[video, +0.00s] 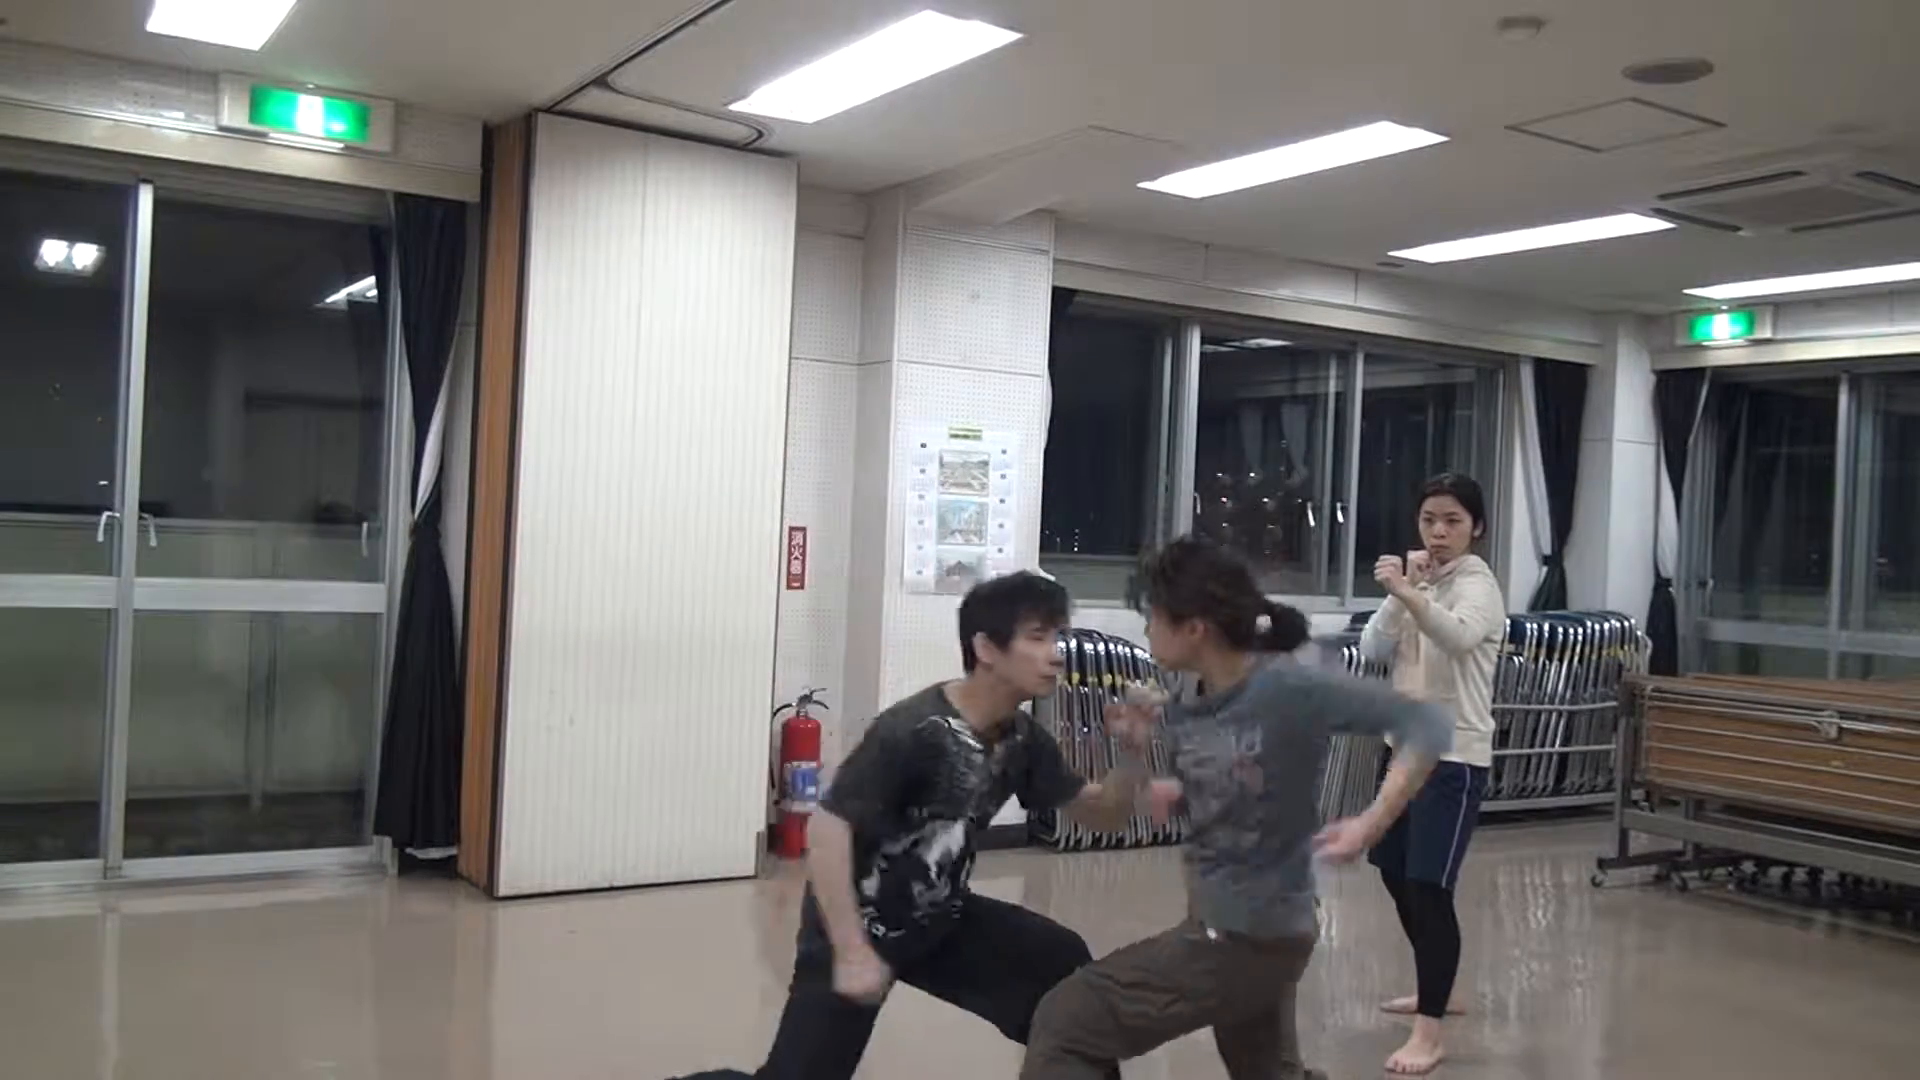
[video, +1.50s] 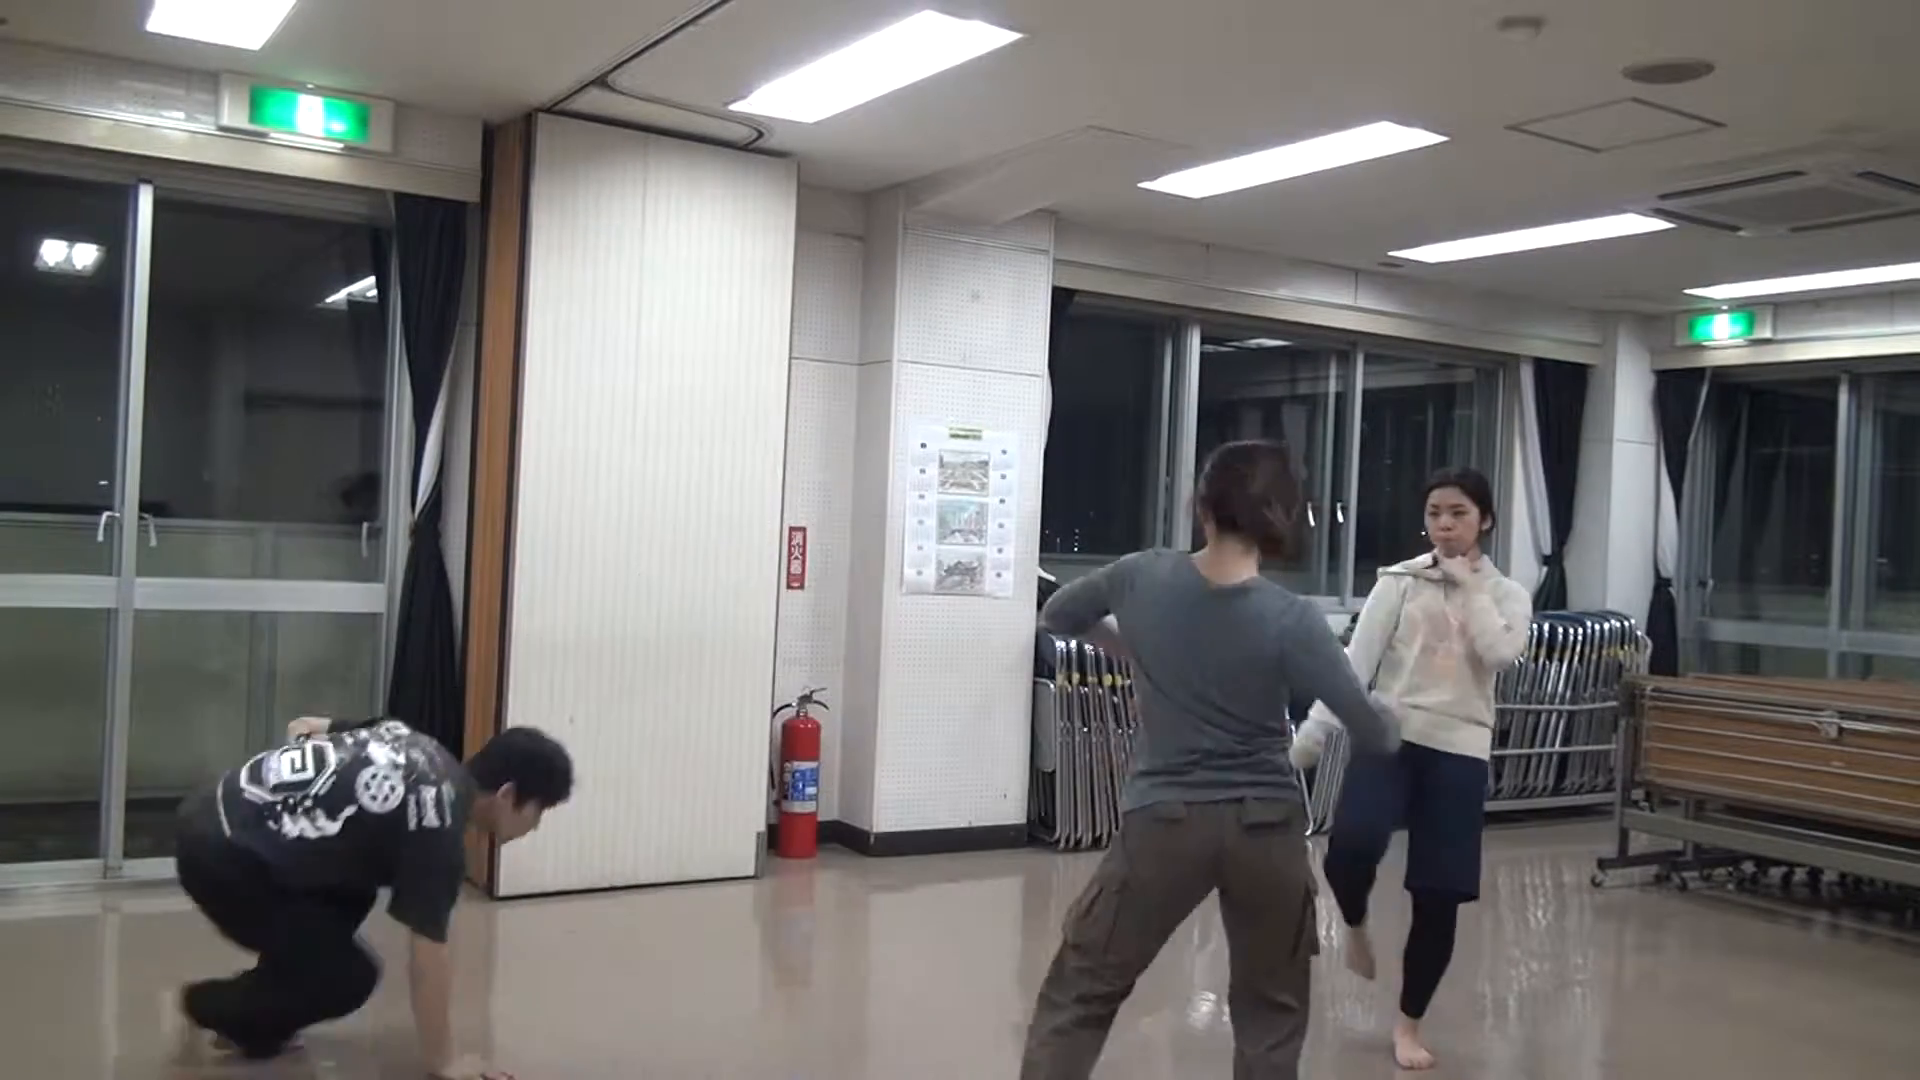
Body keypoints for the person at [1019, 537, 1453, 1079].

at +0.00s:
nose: (1147, 634)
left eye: (1154, 620)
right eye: (1148, 619)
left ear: (1196, 629)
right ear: (1196, 629)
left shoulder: (1293, 688)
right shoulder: (1183, 706)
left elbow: (1428, 725)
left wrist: (1373, 821)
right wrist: (1169, 794)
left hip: (1256, 937)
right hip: (1224, 926)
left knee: (1069, 1019)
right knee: (1267, 1066)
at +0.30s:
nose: (1220, 528)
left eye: (1232, 517)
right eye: (1227, 515)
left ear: (1268, 535)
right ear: (1293, 535)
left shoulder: (1203, 579)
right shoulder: (1353, 618)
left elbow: (1141, 464)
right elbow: (1372, 732)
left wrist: (1123, 357)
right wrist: (1310, 693)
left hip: (1240, 855)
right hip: (1325, 850)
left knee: (1121, 1043)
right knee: (1374, 1036)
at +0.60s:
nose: (1179, 512)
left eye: (1185, 496)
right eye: (1181, 497)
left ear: (1217, 504)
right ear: (1239, 503)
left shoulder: (1219, 597)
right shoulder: (1285, 588)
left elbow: (1218, 732)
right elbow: (1246, 684)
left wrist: (1121, 693)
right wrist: (1152, 665)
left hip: (1235, 854)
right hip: (1297, 841)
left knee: (1129, 1034)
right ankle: (1330, 1072)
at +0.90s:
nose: (1174, 535)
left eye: (1178, 518)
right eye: (1173, 519)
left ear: (1208, 512)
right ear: (1235, 508)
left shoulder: (1239, 590)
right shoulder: (1290, 583)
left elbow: (1109, 666)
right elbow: (1212, 629)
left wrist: (1126, 617)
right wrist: (1155, 617)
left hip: (1219, 823)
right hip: (1201, 777)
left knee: (1153, 1015)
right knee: (1031, 725)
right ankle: (892, 788)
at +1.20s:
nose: (1197, 506)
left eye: (1199, 491)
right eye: (1198, 492)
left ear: (1213, 497)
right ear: (1284, 497)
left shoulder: (1232, 597)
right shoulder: (1284, 587)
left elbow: (1216, 732)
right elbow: (1238, 714)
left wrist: (1142, 755)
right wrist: (1159, 748)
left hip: (1185, 829)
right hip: (1224, 825)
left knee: (1126, 998)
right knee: (1162, 987)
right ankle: (1192, 1070)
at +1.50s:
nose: (1298, 517)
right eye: (1292, 507)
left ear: (1203, 509)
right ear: (1281, 520)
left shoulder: (1141, 578)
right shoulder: (1290, 619)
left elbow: (1059, 613)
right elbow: (1375, 737)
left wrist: (1126, 645)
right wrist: (1358, 708)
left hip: (1166, 823)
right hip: (1266, 829)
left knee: (1079, 996)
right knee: (1271, 1015)